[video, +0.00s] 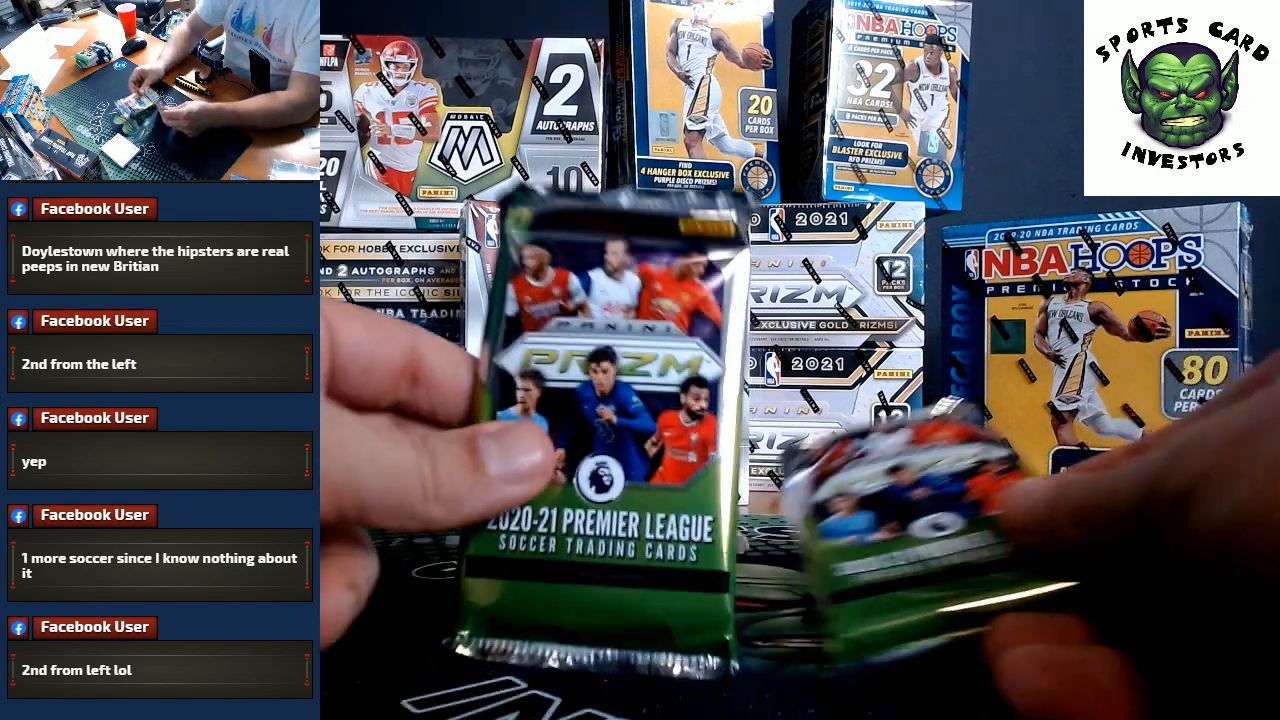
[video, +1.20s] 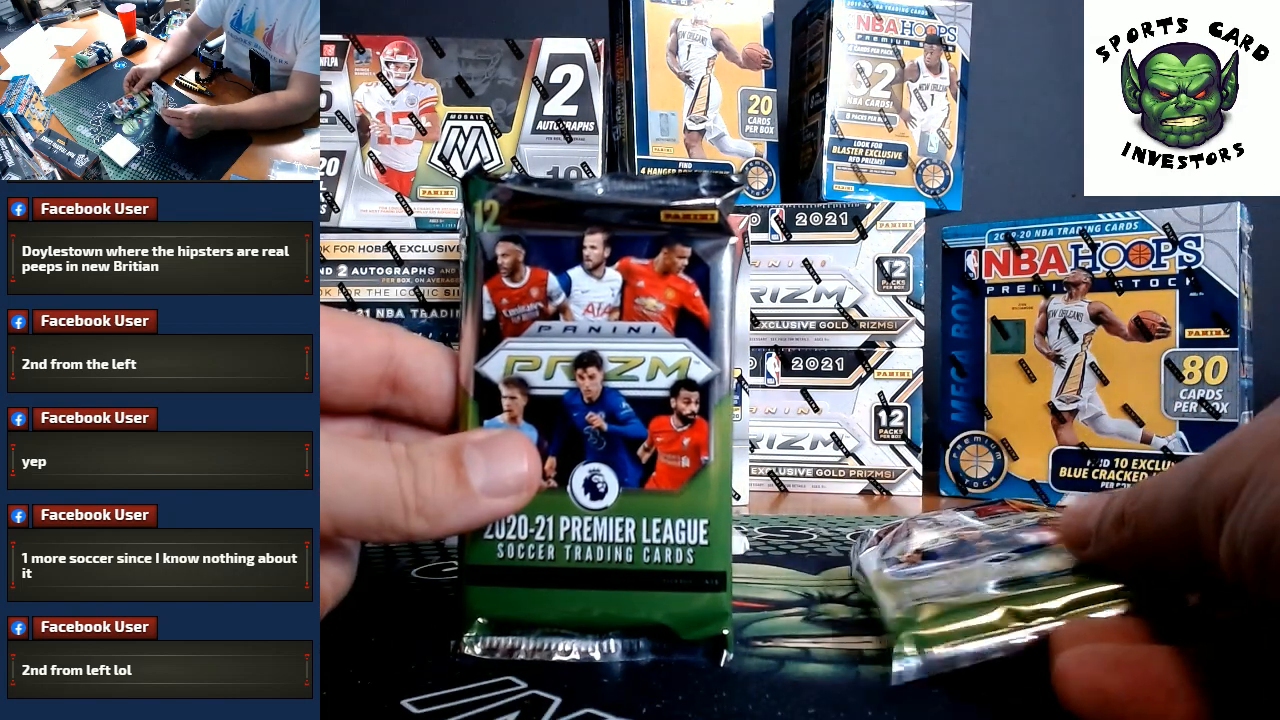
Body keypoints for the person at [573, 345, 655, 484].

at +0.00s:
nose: (599, 378)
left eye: (605, 372)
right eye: (595, 372)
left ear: (614, 372)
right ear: (589, 373)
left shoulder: (624, 392)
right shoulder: (583, 392)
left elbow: (649, 426)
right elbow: (573, 421)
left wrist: (617, 420)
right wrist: (562, 447)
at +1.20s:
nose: (586, 384)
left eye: (591, 377)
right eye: (581, 378)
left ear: (601, 376)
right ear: (576, 379)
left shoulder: (613, 398)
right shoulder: (570, 400)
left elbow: (640, 431)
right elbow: (562, 428)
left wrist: (607, 428)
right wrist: (553, 455)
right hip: (592, 466)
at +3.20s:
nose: (591, 386)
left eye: (596, 379)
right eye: (585, 379)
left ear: (605, 376)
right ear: (579, 379)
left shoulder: (617, 400)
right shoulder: (574, 402)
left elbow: (646, 432)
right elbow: (568, 428)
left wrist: (612, 429)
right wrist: (557, 457)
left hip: (630, 474)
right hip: (598, 472)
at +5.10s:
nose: (588, 384)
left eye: (593, 377)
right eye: (582, 378)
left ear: (602, 375)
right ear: (577, 378)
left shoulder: (614, 398)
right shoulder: (571, 400)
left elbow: (643, 430)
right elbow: (566, 422)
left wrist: (609, 427)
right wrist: (554, 455)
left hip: (627, 473)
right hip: (596, 472)